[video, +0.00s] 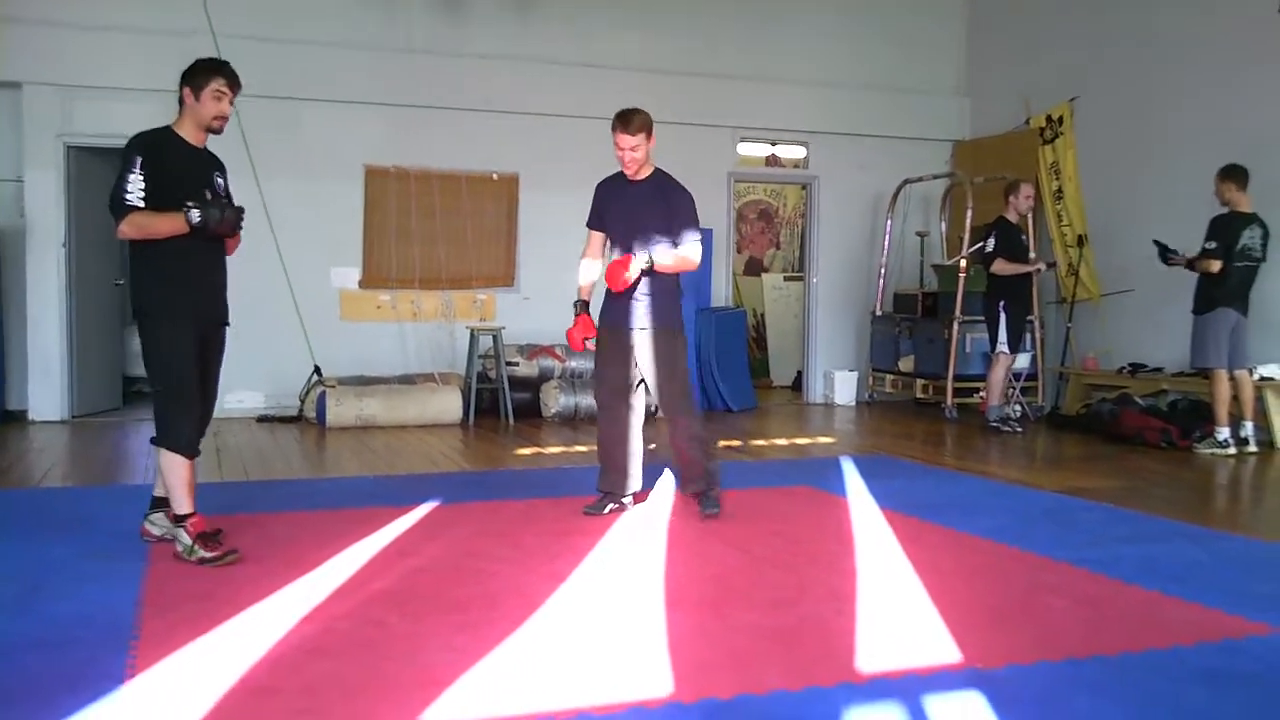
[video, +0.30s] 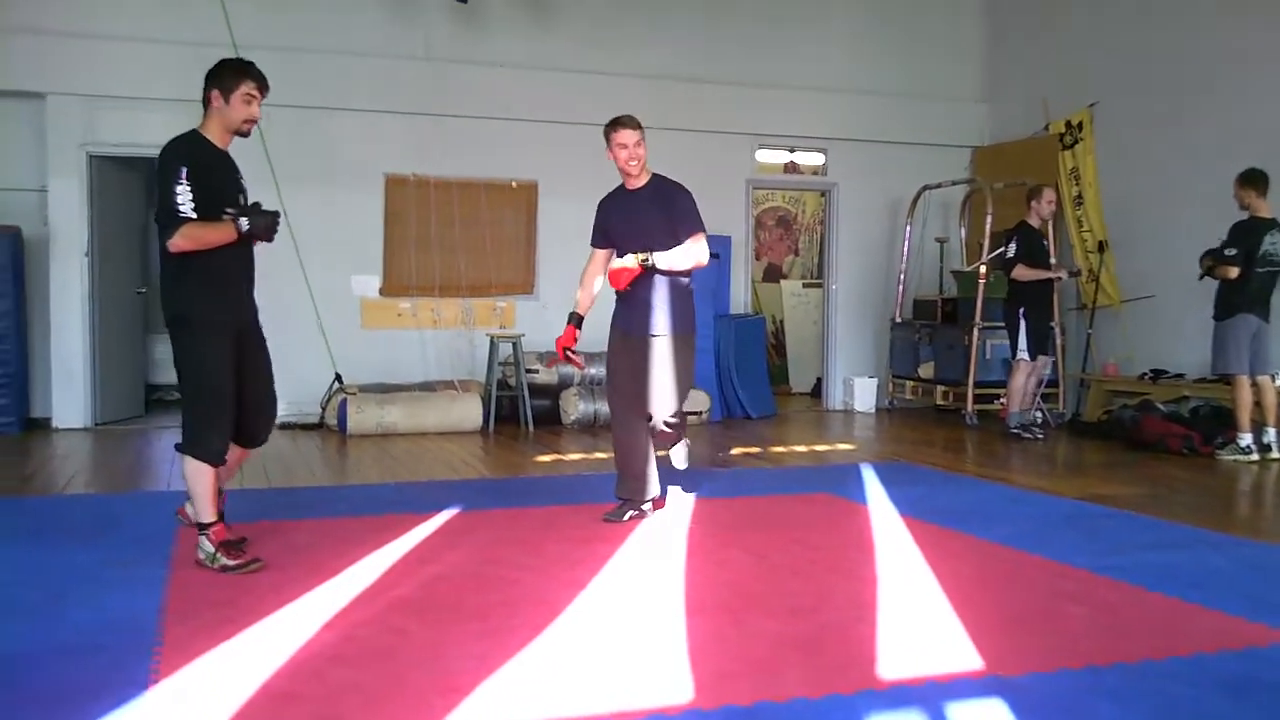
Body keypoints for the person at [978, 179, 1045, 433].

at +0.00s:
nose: (1031, 203)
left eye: (1032, 198)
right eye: (1027, 198)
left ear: (1018, 201)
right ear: (1011, 199)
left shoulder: (1017, 230)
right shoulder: (998, 227)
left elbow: (1014, 263)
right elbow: (994, 265)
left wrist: (1038, 265)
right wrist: (1030, 267)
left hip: (1015, 301)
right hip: (1002, 301)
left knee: (1007, 357)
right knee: (1003, 356)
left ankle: (998, 409)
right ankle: (993, 413)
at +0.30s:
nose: (1053, 208)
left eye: (1054, 203)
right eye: (1049, 203)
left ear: (1048, 206)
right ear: (1033, 204)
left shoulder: (1039, 237)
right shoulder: (1020, 233)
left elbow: (1036, 270)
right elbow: (1015, 271)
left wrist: (1060, 272)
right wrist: (1050, 273)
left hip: (1039, 307)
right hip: (1022, 307)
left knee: (1041, 362)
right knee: (1024, 362)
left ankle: (1026, 415)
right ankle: (1013, 420)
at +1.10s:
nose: (1085, 205)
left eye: (1086, 200)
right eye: (1081, 200)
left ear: (1077, 203)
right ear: (1065, 201)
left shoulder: (1076, 233)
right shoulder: (1049, 229)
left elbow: (1074, 266)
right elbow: (1042, 266)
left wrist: (1097, 270)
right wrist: (1081, 270)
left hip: (1072, 304)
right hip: (1052, 304)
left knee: (1068, 359)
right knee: (1049, 359)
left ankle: (1065, 417)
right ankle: (1028, 416)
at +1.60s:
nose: (1096, 205)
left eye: (1097, 200)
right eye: (1092, 200)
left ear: (1087, 202)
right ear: (1077, 201)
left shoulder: (1087, 233)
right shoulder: (1060, 229)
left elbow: (1085, 264)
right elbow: (1049, 265)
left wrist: (1100, 269)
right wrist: (1085, 270)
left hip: (1078, 302)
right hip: (1061, 302)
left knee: (1071, 359)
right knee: (1066, 358)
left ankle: (1064, 418)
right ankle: (1059, 420)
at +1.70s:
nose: (1106, 203)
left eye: (1107, 198)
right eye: (1101, 198)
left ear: (1098, 200)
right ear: (1086, 199)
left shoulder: (1096, 230)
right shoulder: (1071, 226)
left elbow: (1095, 260)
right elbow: (1061, 262)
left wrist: (1110, 266)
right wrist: (1096, 268)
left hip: (1091, 300)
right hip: (1075, 300)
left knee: (1086, 357)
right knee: (1080, 357)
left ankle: (1078, 416)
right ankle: (1075, 419)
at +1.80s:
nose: (1133, 199)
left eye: (1134, 194)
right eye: (1128, 194)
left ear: (1127, 196)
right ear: (1113, 195)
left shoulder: (1122, 226)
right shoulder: (1098, 223)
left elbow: (1120, 257)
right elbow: (1089, 259)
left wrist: (1137, 262)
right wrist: (1125, 266)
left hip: (1118, 298)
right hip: (1102, 298)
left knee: (1112, 355)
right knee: (1107, 355)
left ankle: (1104, 414)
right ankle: (1100, 418)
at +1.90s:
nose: (1149, 198)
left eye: (1150, 193)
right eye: (1144, 193)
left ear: (1141, 195)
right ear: (1129, 194)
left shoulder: (1137, 226)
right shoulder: (1114, 222)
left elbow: (1134, 257)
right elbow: (1107, 259)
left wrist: (1153, 261)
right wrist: (1144, 266)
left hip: (1134, 298)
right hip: (1118, 298)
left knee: (1128, 355)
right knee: (1121, 354)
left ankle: (1120, 414)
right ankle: (1115, 418)